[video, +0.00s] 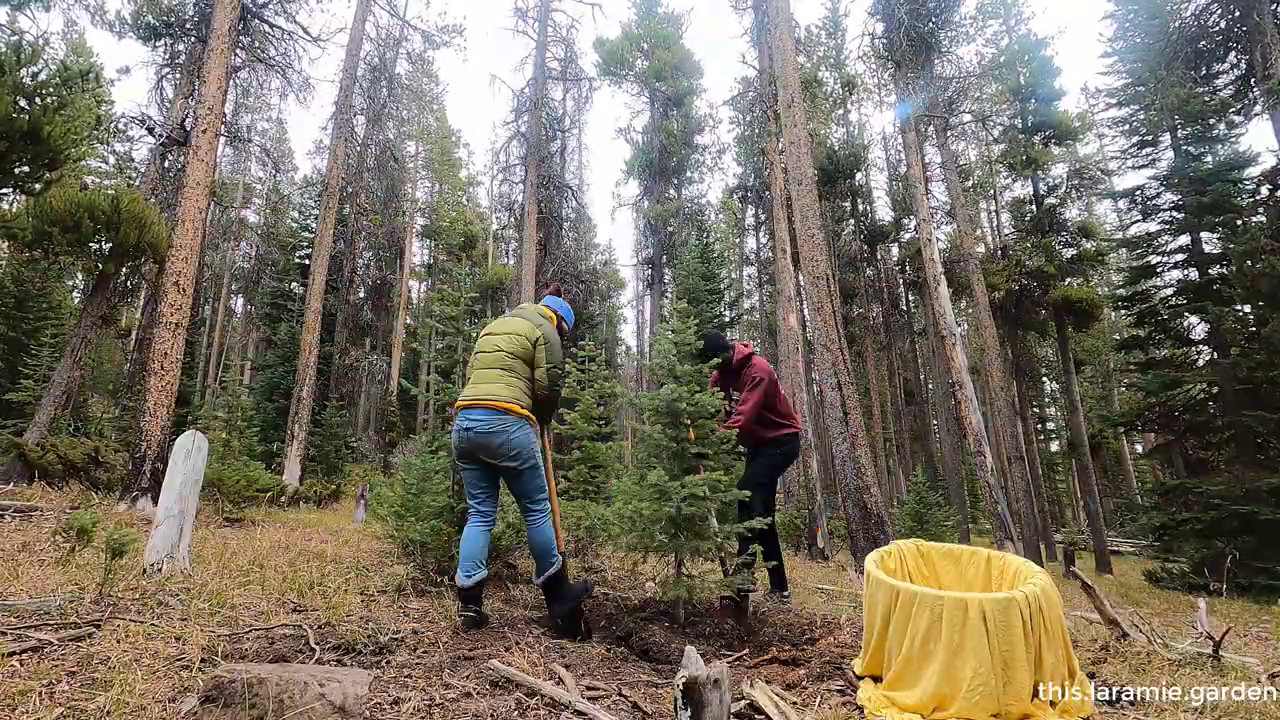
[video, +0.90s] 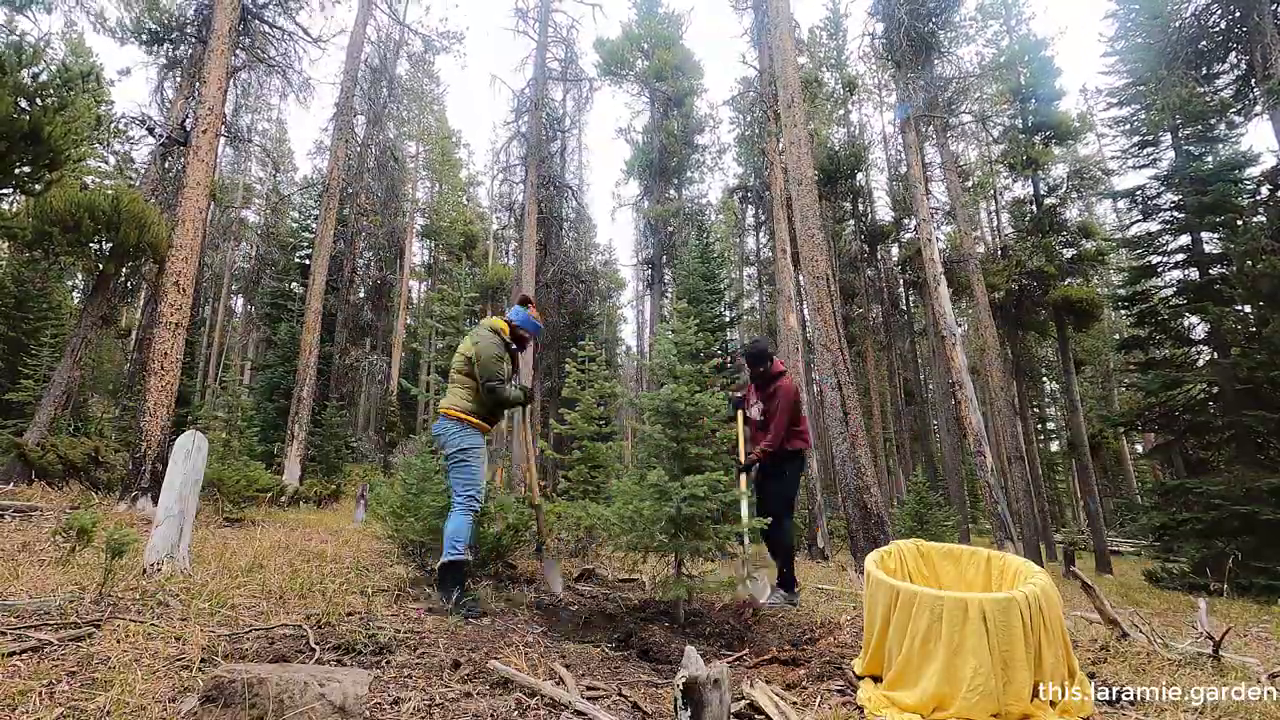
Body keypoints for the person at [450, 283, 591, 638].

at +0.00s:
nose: (560, 338)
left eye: (563, 333)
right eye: (562, 331)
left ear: (539, 308)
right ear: (556, 319)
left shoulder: (495, 323)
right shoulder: (545, 327)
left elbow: (480, 373)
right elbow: (548, 382)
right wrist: (540, 419)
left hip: (466, 422)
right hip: (509, 425)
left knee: (479, 512)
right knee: (536, 508)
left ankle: (469, 604)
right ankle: (558, 595)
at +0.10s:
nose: (473, 390)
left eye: (469, 384)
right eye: (469, 387)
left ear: (472, 371)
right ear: (481, 359)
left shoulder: (503, 366)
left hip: (582, 450)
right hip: (613, 449)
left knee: (509, 529)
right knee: (586, 546)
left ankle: (528, 640)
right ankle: (584, 622)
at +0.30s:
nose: (600, 527)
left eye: (605, 523)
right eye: (599, 519)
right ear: (589, 505)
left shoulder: (578, 510)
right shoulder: (553, 504)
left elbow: (579, 565)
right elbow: (538, 559)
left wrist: (586, 609)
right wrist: (562, 605)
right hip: (474, 547)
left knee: (547, 596)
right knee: (544, 557)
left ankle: (488, 587)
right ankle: (565, 625)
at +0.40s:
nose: (599, 523)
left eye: (604, 519)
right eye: (600, 516)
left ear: (592, 502)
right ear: (591, 503)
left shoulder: (579, 518)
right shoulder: (553, 492)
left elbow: (579, 564)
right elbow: (501, 526)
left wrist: (581, 605)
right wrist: (525, 540)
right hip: (477, 550)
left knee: (553, 596)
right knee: (554, 554)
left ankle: (493, 593)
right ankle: (573, 625)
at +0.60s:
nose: (627, 420)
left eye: (633, 415)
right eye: (632, 411)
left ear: (621, 394)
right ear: (622, 393)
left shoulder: (578, 411)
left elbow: (547, 469)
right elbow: (547, 395)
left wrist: (561, 522)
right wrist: (570, 459)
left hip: (463, 423)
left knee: (498, 516)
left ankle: (493, 612)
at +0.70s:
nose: (550, 313)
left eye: (548, 308)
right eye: (549, 306)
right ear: (540, 298)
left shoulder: (487, 322)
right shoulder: (532, 303)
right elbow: (564, 349)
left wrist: (539, 399)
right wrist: (550, 368)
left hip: (458, 410)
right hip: (496, 408)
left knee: (481, 509)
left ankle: (466, 618)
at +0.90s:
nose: (524, 344)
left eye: (528, 339)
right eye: (525, 337)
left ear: (513, 324)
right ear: (516, 327)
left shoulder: (491, 339)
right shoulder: (491, 341)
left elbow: (498, 386)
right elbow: (495, 392)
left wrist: (518, 389)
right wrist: (522, 394)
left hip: (462, 425)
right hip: (462, 425)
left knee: (467, 501)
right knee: (466, 502)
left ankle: (453, 579)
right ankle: (451, 584)